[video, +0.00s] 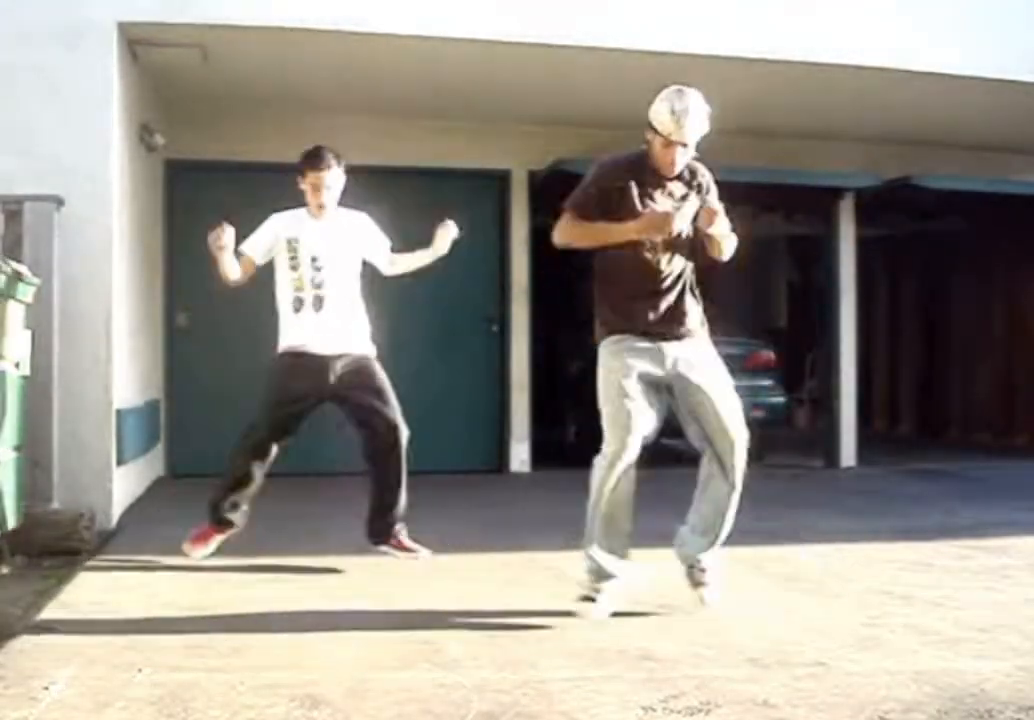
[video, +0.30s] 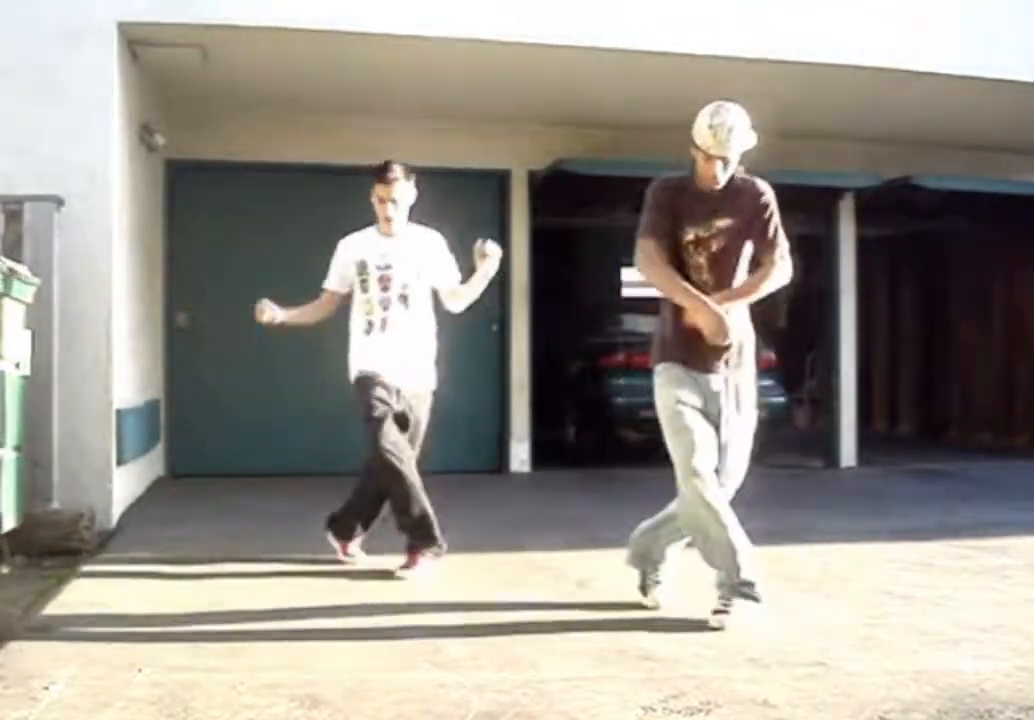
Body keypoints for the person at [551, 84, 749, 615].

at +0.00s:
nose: (674, 155)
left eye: (684, 145)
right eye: (666, 142)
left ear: (698, 141)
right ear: (650, 132)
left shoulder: (699, 180)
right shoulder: (613, 175)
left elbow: (721, 251)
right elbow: (563, 232)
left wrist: (712, 232)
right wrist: (637, 228)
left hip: (689, 339)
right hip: (627, 339)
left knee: (731, 441)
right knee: (624, 444)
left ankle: (698, 550)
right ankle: (602, 569)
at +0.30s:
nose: (717, 168)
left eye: (726, 159)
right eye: (710, 157)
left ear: (742, 154)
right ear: (695, 148)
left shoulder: (756, 195)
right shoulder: (666, 192)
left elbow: (779, 267)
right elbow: (648, 263)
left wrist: (720, 303)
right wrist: (702, 308)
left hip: (736, 360)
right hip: (679, 359)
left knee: (727, 477)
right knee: (698, 471)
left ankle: (650, 544)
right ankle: (737, 583)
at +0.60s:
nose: (776, 197)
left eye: (785, 187)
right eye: (768, 185)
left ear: (798, 181)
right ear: (751, 175)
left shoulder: (809, 228)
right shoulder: (720, 230)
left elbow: (830, 302)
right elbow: (700, 305)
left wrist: (790, 302)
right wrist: (756, 308)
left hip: (807, 385)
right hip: (742, 385)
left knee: (841, 486)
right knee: (694, 489)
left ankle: (875, 573)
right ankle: (614, 588)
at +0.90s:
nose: (730, 165)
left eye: (741, 157)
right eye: (724, 153)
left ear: (755, 153)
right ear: (708, 141)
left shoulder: (760, 190)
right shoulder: (673, 185)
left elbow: (791, 222)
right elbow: (628, 239)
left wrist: (771, 276)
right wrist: (642, 252)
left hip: (738, 336)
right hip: (683, 336)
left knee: (755, 463)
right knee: (713, 449)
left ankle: (702, 554)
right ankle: (755, 576)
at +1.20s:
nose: (667, 158)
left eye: (678, 148)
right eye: (660, 146)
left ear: (689, 148)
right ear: (643, 139)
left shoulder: (690, 192)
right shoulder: (615, 188)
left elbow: (692, 261)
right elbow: (558, 247)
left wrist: (735, 206)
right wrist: (595, 196)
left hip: (686, 345)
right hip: (630, 344)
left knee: (729, 460)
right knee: (625, 459)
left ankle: (687, 557)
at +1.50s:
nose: (660, 163)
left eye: (671, 153)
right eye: (652, 150)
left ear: (681, 150)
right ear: (634, 141)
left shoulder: (683, 184)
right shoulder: (608, 189)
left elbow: (738, 193)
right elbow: (537, 172)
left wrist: (791, 168)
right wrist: (588, 203)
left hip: (683, 345)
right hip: (627, 357)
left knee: (755, 429)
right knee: (611, 466)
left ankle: (785, 553)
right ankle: (536, 570)